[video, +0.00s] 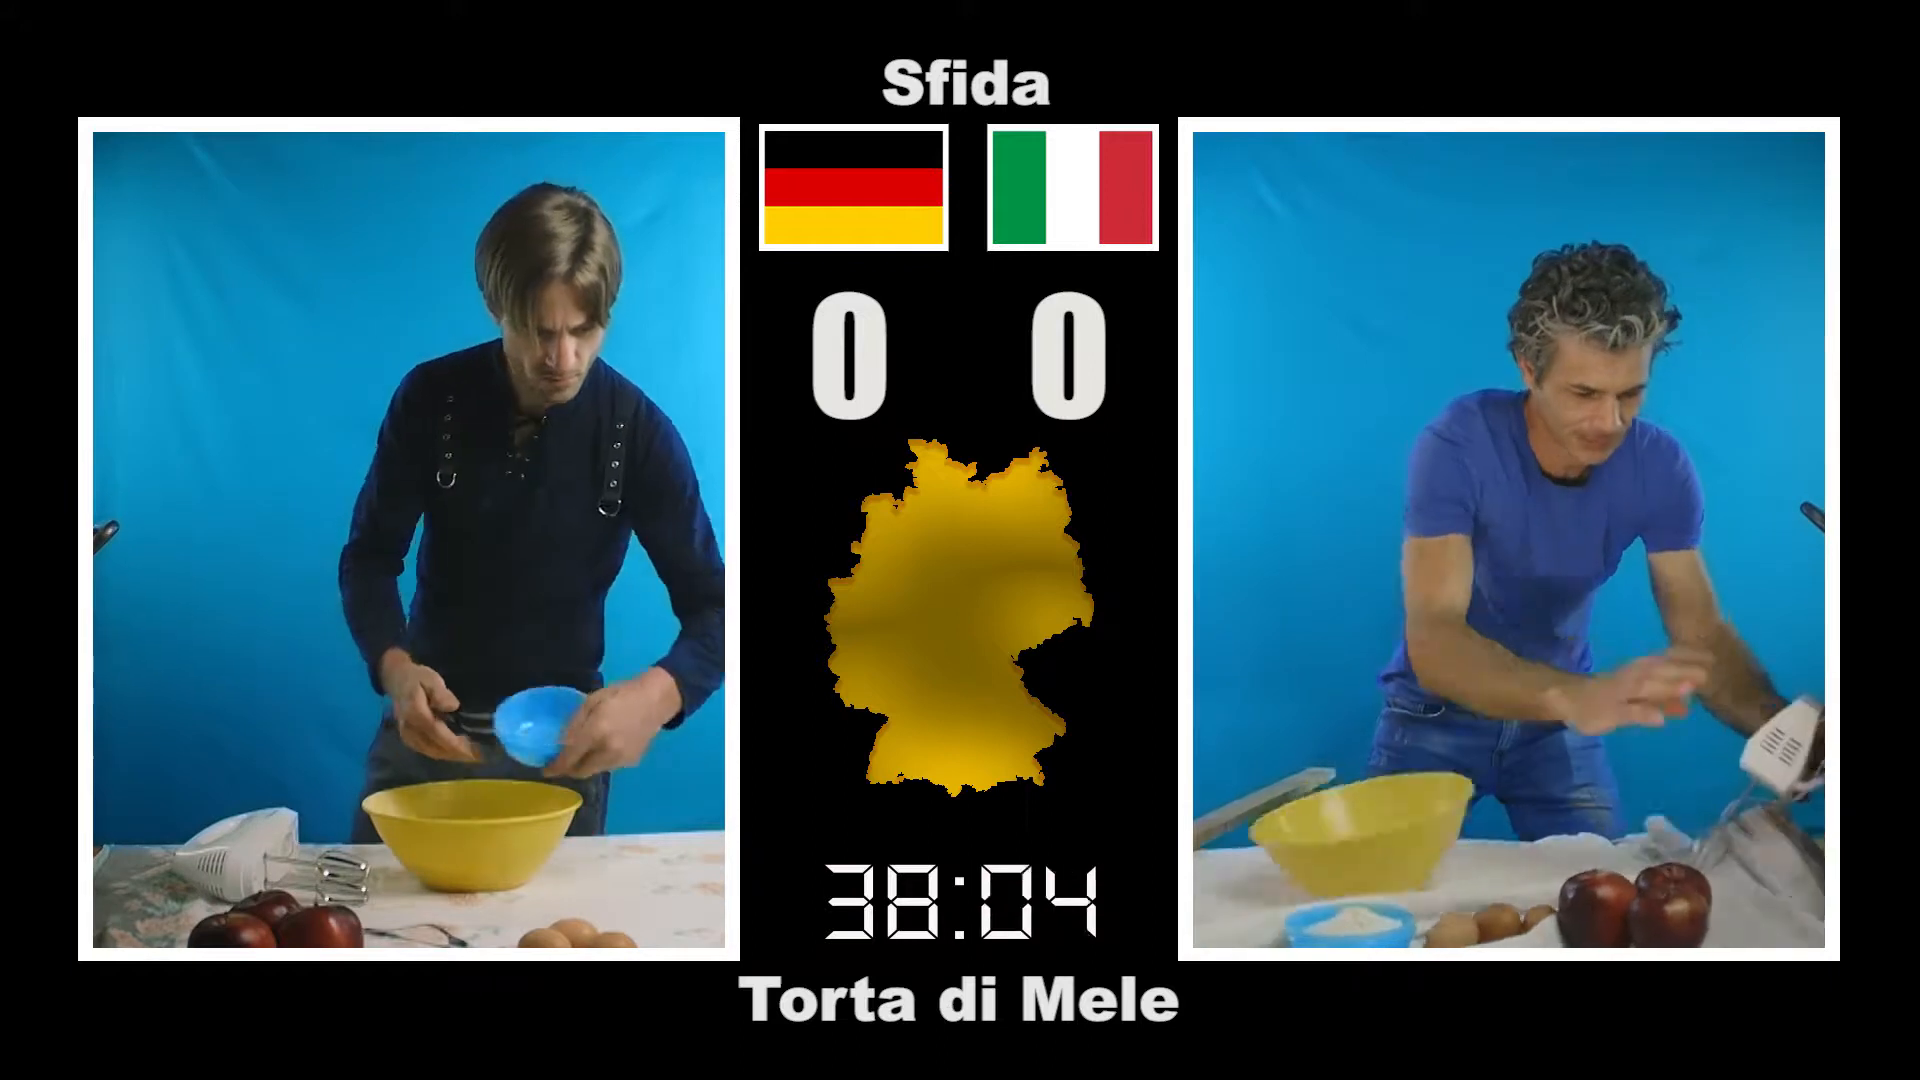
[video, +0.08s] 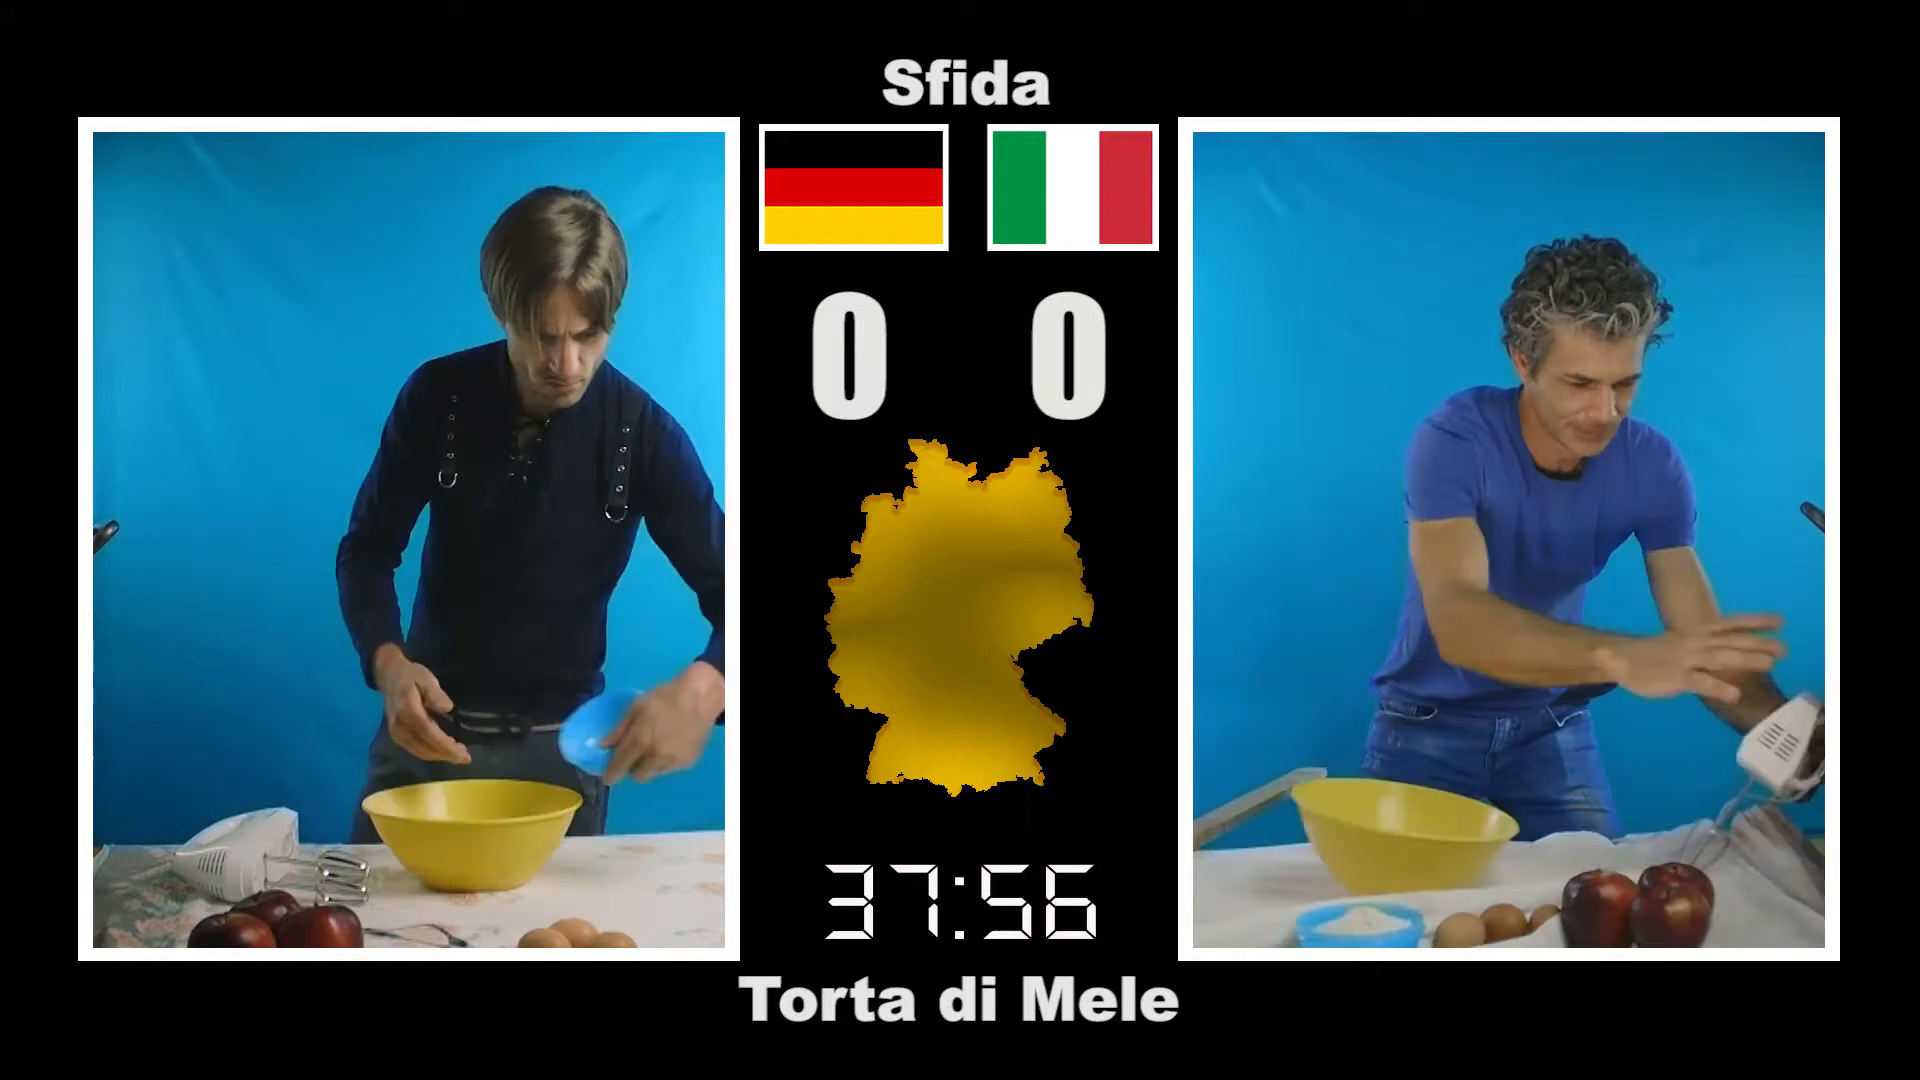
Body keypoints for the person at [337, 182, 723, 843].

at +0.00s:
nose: (561, 358)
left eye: (582, 330)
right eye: (539, 332)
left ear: (606, 312)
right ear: (499, 308)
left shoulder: (635, 431)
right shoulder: (430, 400)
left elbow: (712, 608)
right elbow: (370, 558)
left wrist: (658, 695)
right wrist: (395, 666)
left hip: (559, 748)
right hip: (425, 736)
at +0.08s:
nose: (563, 364)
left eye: (585, 336)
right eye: (541, 336)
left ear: (611, 315)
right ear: (503, 312)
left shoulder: (641, 433)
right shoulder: (438, 398)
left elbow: (730, 599)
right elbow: (366, 551)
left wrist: (702, 690)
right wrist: (390, 667)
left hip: (559, 749)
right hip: (425, 741)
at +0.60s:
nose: (527, 316)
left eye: (548, 291)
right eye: (507, 291)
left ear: (577, 285)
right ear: (476, 282)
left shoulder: (615, 418)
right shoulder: (417, 405)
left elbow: (643, 583)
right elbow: (367, 546)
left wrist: (574, 642)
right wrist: (380, 609)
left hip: (559, 746)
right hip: (425, 737)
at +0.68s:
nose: (533, 315)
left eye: (555, 291)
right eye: (515, 290)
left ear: (593, 285)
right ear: (493, 282)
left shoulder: (632, 423)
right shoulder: (434, 400)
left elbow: (653, 591)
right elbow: (380, 536)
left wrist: (573, 646)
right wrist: (384, 603)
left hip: (561, 745)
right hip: (429, 732)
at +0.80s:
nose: (545, 315)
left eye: (569, 292)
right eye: (528, 289)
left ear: (610, 286)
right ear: (508, 281)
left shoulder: (643, 425)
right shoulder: (448, 395)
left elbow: (659, 596)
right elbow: (387, 532)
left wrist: (570, 650)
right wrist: (387, 604)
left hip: (561, 744)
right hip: (430, 731)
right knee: (374, 934)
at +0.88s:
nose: (551, 313)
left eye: (575, 291)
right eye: (535, 287)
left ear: (616, 288)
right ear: (514, 278)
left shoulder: (644, 428)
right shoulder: (449, 394)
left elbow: (660, 597)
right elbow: (383, 532)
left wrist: (573, 652)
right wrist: (386, 608)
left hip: (559, 744)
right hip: (428, 732)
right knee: (373, 935)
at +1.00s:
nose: (552, 312)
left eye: (576, 289)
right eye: (535, 286)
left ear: (608, 291)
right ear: (509, 279)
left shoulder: (631, 428)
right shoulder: (435, 396)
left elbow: (654, 592)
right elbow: (371, 533)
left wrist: (578, 657)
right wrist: (382, 617)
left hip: (553, 746)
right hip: (419, 737)